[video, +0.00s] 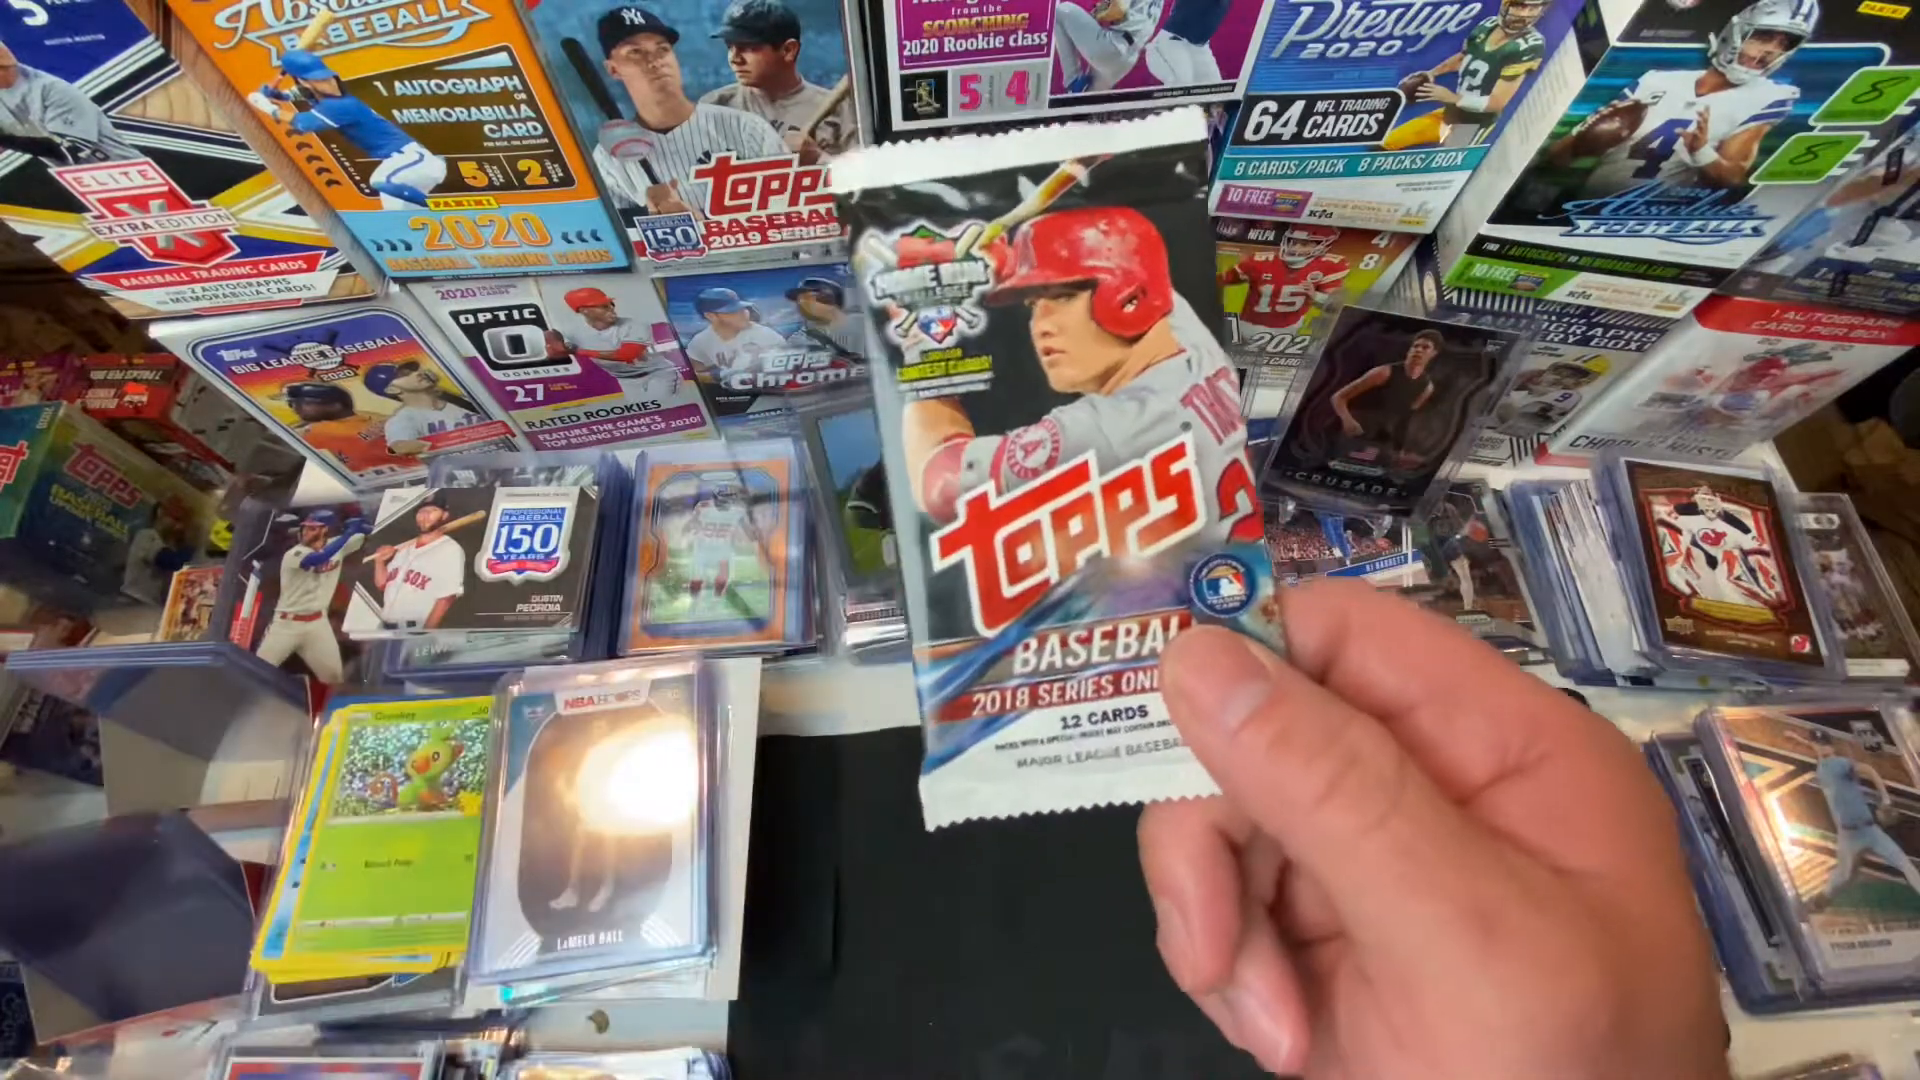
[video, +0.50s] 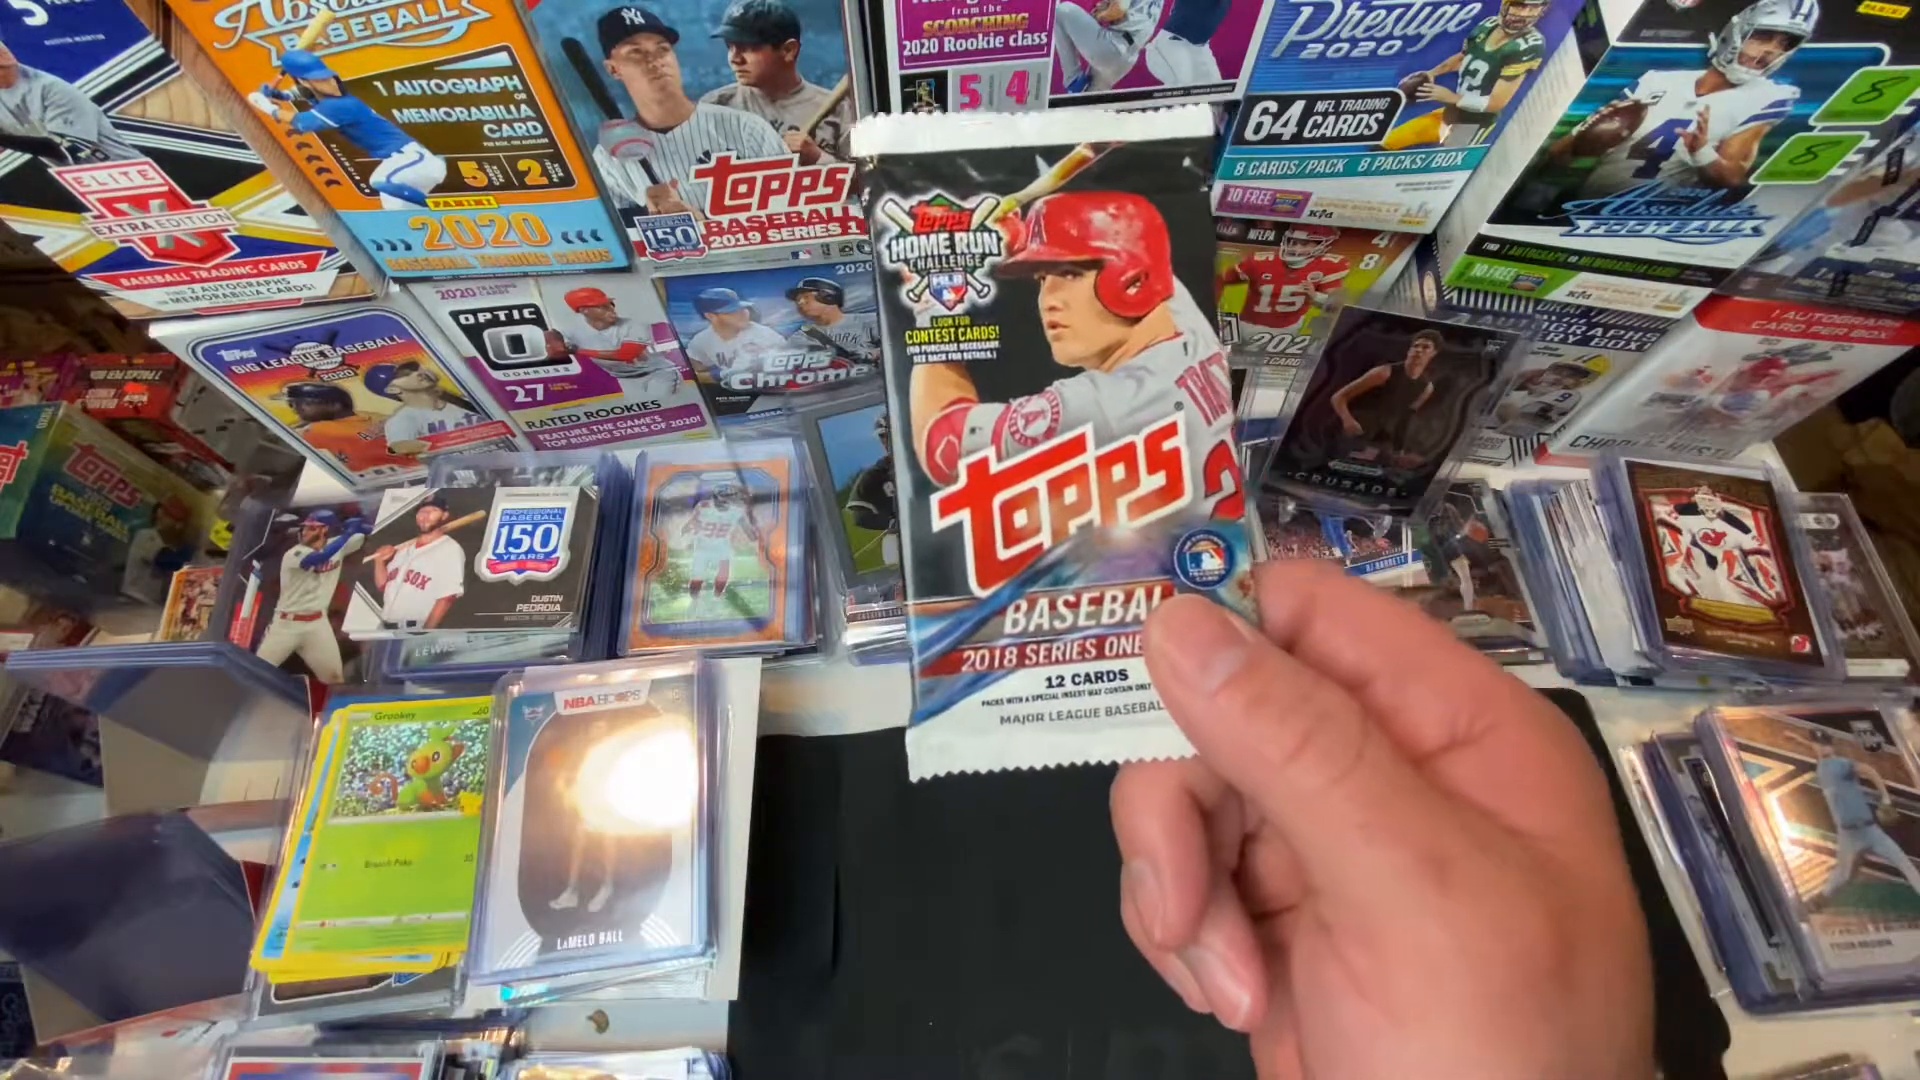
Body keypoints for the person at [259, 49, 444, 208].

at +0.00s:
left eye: (326, 76)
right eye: (321, 77)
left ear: (308, 83)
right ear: (305, 83)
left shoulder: (344, 106)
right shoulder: (329, 104)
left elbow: (301, 123)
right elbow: (298, 94)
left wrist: (270, 109)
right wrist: (275, 94)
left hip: (416, 158)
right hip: (403, 167)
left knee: (381, 179)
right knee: (397, 222)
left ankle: (437, 217)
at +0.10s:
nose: (329, 80)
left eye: (326, 76)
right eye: (321, 77)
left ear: (307, 82)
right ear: (305, 83)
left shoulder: (344, 105)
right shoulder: (330, 103)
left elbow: (302, 122)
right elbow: (299, 94)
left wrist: (270, 109)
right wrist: (275, 94)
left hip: (415, 158)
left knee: (381, 179)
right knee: (397, 221)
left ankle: (434, 220)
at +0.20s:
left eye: (300, 82)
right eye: (319, 79)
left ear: (308, 83)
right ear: (310, 82)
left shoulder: (343, 106)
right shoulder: (332, 103)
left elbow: (300, 123)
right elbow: (302, 92)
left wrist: (269, 108)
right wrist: (277, 95)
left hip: (414, 158)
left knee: (380, 180)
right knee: (394, 220)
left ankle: (433, 211)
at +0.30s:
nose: (302, 87)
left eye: (302, 82)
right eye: (307, 81)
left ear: (309, 83)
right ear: (309, 82)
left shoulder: (343, 106)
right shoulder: (334, 102)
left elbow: (299, 122)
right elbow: (302, 92)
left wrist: (270, 108)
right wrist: (276, 94)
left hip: (415, 158)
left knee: (381, 180)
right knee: (400, 219)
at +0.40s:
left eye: (325, 76)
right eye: (320, 77)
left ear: (309, 83)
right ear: (306, 83)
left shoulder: (343, 106)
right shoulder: (333, 102)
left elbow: (300, 122)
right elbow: (303, 92)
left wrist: (270, 109)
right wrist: (277, 94)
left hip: (415, 159)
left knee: (381, 180)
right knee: (400, 219)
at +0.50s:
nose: (329, 80)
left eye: (326, 76)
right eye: (322, 77)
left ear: (309, 83)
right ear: (305, 83)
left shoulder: (343, 106)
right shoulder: (332, 103)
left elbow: (300, 122)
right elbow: (302, 92)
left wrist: (270, 109)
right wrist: (277, 95)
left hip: (415, 158)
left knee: (381, 180)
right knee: (400, 219)